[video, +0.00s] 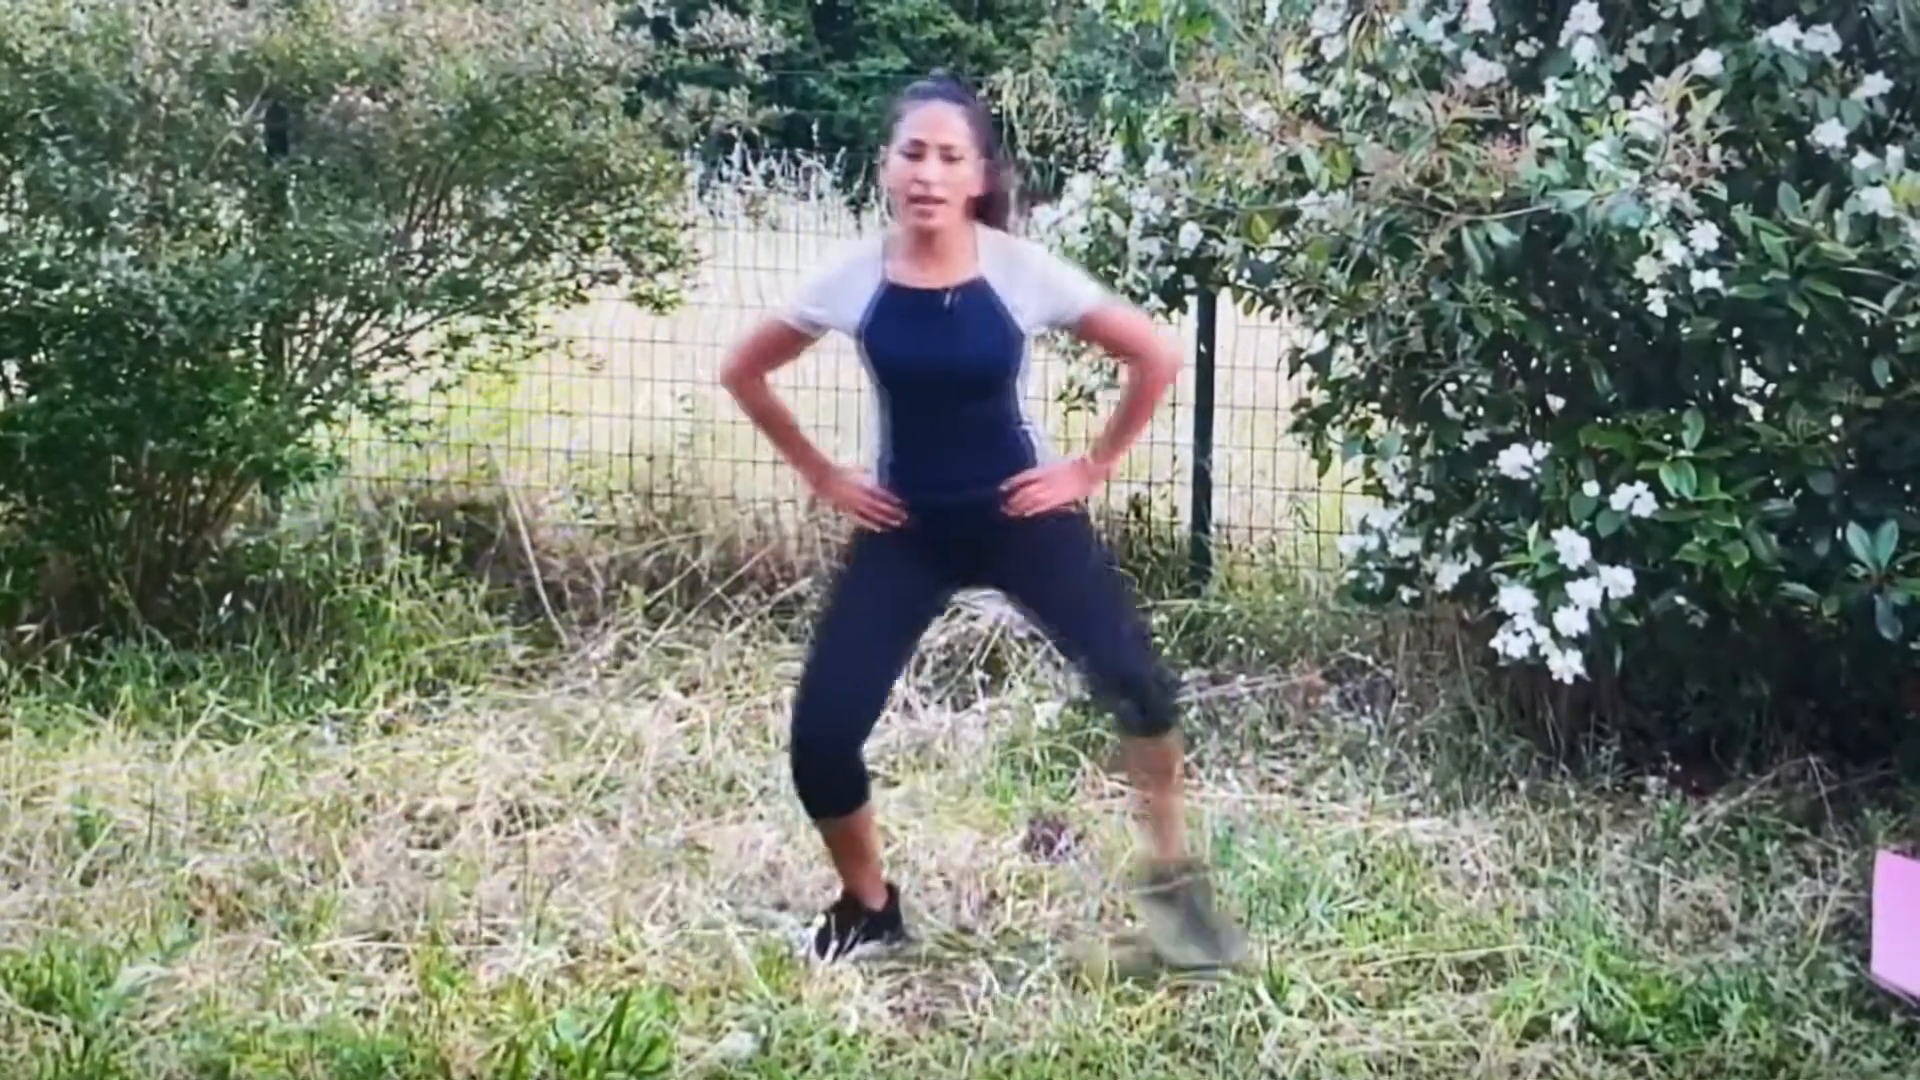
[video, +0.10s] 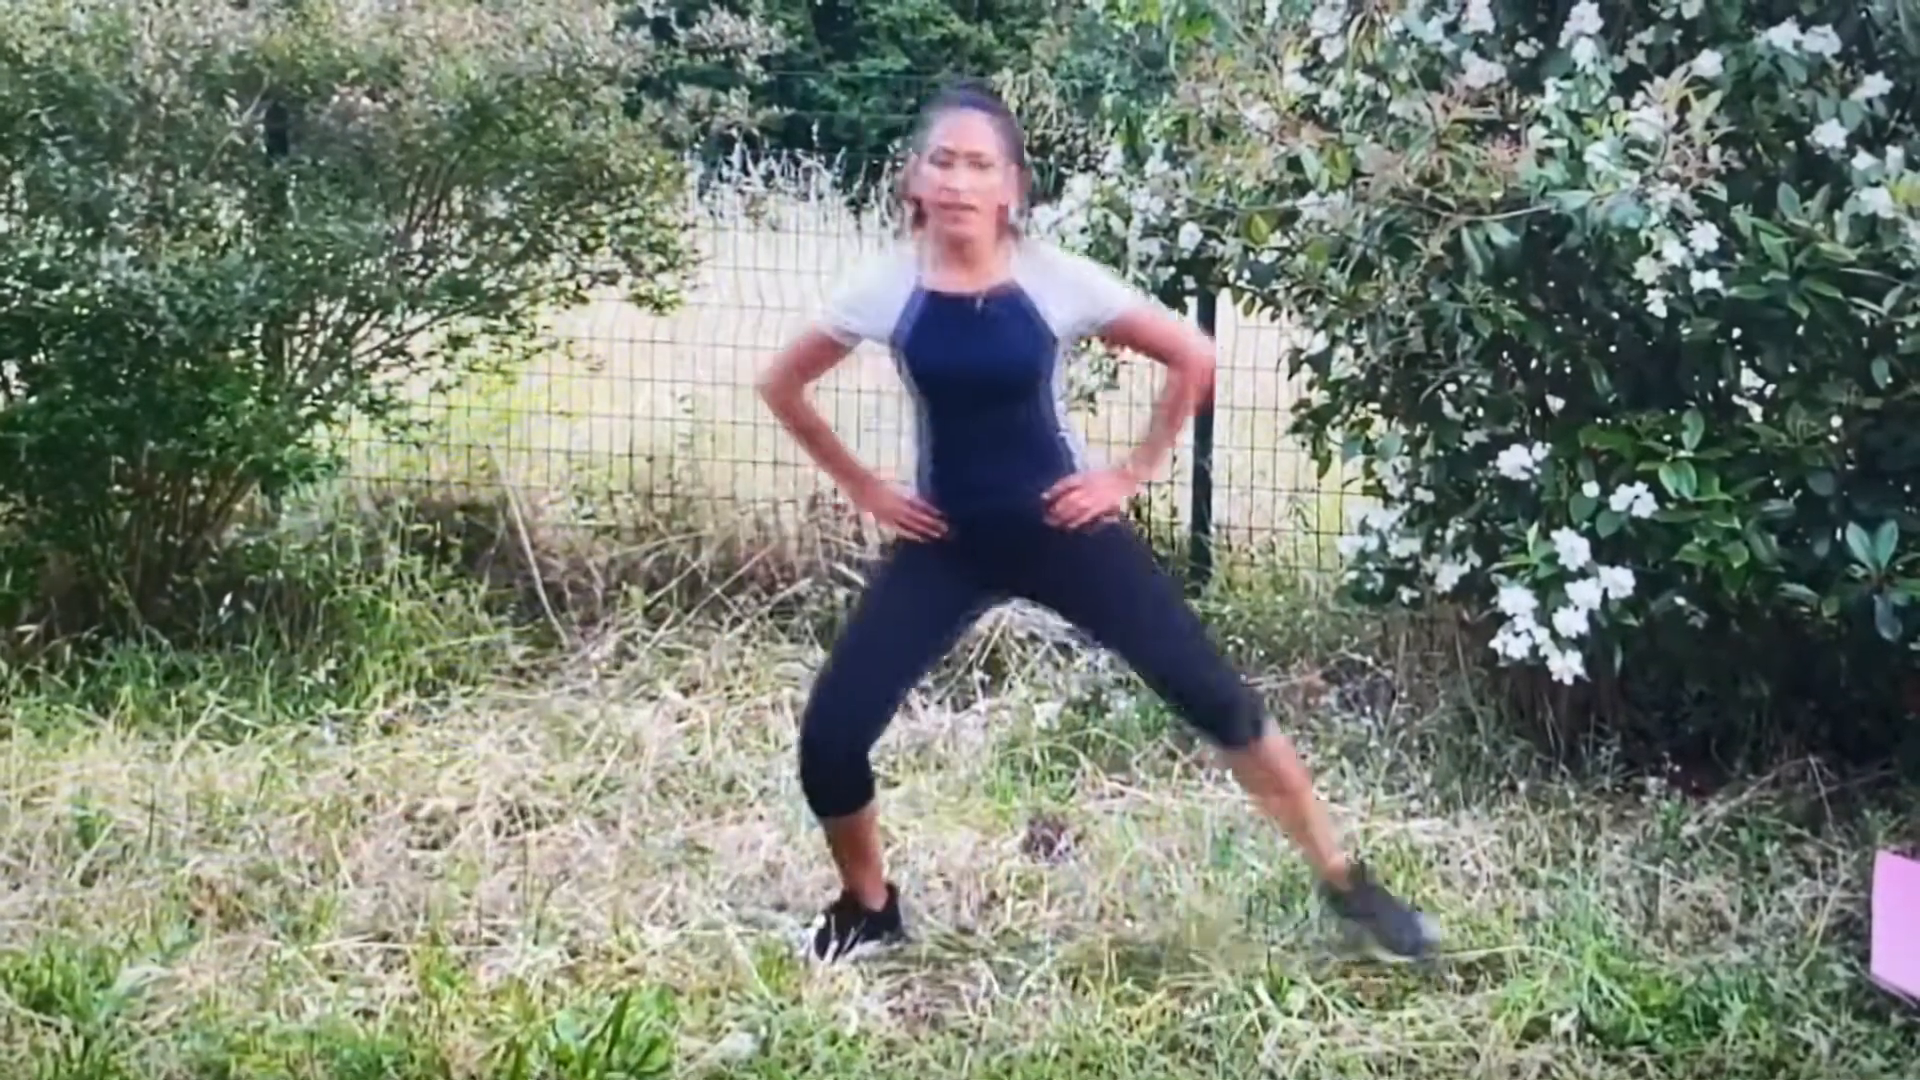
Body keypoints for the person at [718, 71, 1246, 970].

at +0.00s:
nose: (924, 171)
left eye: (947, 155)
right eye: (910, 151)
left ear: (982, 178)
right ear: (885, 169)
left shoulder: (1018, 269)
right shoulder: (857, 278)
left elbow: (1160, 356)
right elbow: (742, 372)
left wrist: (1092, 466)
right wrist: (823, 476)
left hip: (1024, 526)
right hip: (903, 536)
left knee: (1141, 684)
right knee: (820, 741)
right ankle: (869, 908)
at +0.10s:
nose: (955, 181)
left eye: (977, 165)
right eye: (939, 161)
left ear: (1014, 188)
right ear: (913, 181)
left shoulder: (1053, 280)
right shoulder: (889, 287)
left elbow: (1196, 357)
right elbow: (779, 385)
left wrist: (1130, 473)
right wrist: (862, 485)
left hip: (1068, 537)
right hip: (943, 546)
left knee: (1221, 700)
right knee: (829, 741)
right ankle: (867, 908)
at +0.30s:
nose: (1056, 239)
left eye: (1078, 220)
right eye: (1041, 220)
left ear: (1120, 241)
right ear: (1019, 239)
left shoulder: (1176, 334)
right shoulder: (1005, 352)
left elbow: (1310, 426)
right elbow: (894, 444)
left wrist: (1249, 542)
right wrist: (978, 542)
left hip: (1182, 600)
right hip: (1053, 601)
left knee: (1359, 756)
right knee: (891, 759)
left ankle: (1439, 934)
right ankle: (866, 910)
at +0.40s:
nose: (1103, 256)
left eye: (1123, 238)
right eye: (1089, 239)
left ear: (1166, 255)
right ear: (1069, 259)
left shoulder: (1218, 351)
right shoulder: (1048, 364)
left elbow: (1349, 448)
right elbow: (928, 450)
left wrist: (1279, 562)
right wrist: (1002, 549)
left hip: (1211, 615)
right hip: (1080, 614)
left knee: (1396, 761)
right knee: (917, 769)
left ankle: (1442, 935)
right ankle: (865, 910)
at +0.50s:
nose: (1130, 258)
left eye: (1149, 241)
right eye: (1114, 242)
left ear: (1189, 256)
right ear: (1093, 260)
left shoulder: (1239, 355)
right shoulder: (1069, 362)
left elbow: (1364, 454)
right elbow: (941, 449)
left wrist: (1292, 565)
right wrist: (1013, 552)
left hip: (1226, 617)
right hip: (1091, 614)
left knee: (1405, 765)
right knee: (919, 773)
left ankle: (1441, 936)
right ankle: (864, 911)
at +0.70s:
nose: (1136, 257)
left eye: (1156, 239)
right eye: (1120, 240)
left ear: (1196, 255)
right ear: (1099, 259)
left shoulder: (1245, 358)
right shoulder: (1076, 360)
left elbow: (1366, 455)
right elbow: (946, 445)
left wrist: (1299, 565)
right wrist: (1023, 552)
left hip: (1229, 617)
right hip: (1094, 614)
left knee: (1404, 768)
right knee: (920, 770)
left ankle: (1438, 935)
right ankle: (861, 911)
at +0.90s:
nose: (1085, 258)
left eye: (1107, 240)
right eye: (1074, 241)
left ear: (1157, 255)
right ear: (1061, 258)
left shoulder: (1213, 352)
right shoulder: (1047, 365)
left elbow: (1352, 445)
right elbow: (937, 452)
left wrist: (1284, 562)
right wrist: (1017, 550)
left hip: (1214, 611)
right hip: (1081, 609)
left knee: (1377, 778)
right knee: (917, 760)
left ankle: (1435, 934)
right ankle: (863, 913)